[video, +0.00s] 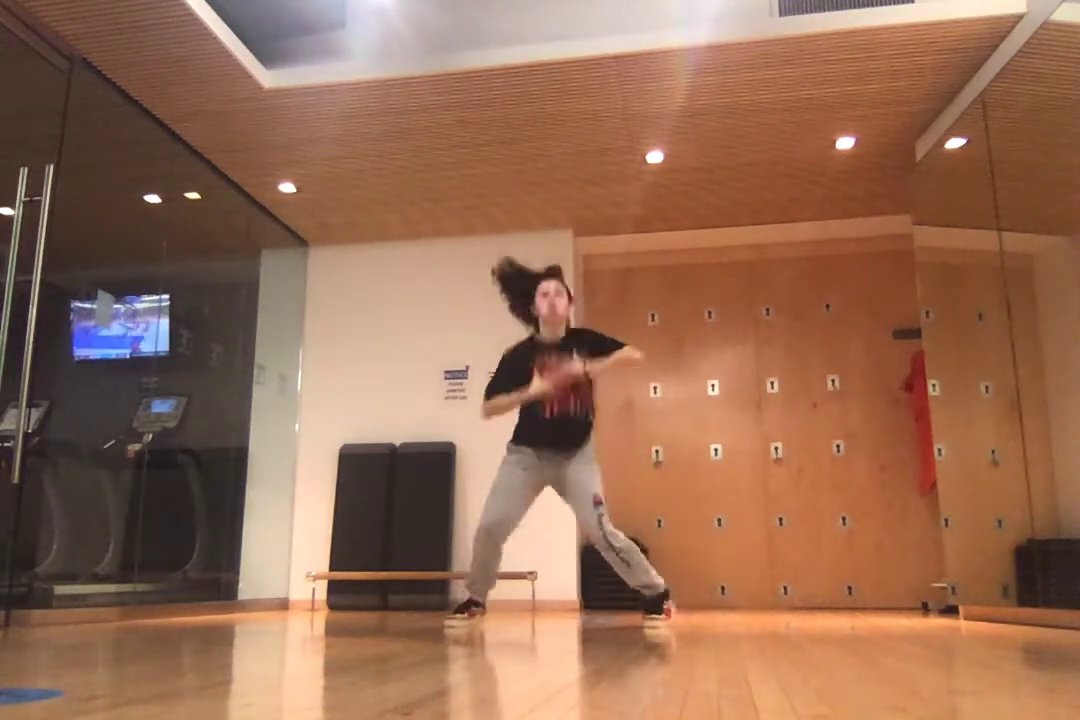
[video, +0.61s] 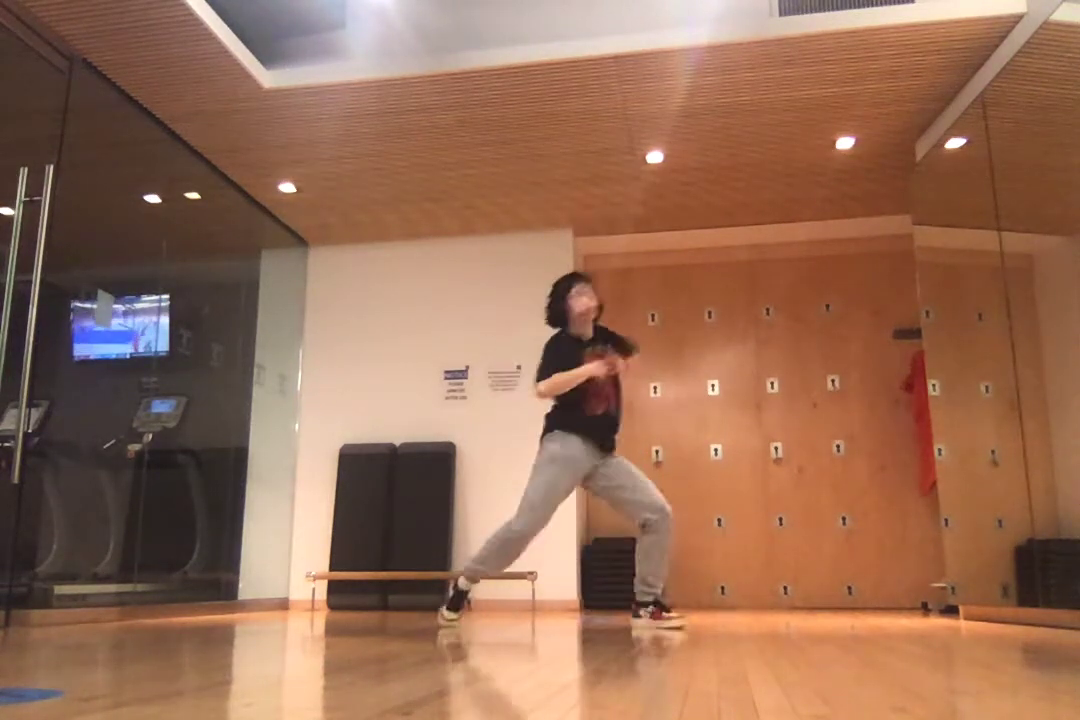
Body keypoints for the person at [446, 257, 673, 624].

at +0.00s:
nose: (553, 301)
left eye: (559, 294)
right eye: (545, 295)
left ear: (570, 305)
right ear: (532, 307)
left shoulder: (583, 342)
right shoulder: (521, 354)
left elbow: (634, 355)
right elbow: (489, 408)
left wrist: (587, 368)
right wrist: (531, 392)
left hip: (576, 455)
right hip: (526, 456)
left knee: (599, 531)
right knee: (490, 527)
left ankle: (656, 594)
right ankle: (475, 599)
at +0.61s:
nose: (585, 300)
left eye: (588, 293)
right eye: (576, 295)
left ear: (597, 301)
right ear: (563, 306)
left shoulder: (607, 340)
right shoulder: (560, 343)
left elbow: (632, 353)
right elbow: (544, 388)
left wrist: (620, 362)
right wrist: (588, 370)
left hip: (602, 452)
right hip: (566, 444)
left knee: (656, 514)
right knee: (526, 525)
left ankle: (647, 603)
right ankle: (463, 584)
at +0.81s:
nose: (607, 305)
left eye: (606, 298)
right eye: (603, 299)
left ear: (582, 300)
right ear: (590, 301)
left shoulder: (596, 339)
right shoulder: (572, 334)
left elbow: (573, 382)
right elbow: (555, 378)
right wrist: (603, 356)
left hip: (611, 446)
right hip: (574, 441)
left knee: (652, 514)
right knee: (537, 525)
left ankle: (650, 604)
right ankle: (474, 584)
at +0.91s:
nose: (609, 306)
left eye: (608, 299)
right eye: (604, 299)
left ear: (584, 300)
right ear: (587, 301)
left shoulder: (593, 337)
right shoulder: (562, 331)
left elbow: (589, 383)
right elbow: (541, 372)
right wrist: (589, 351)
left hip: (598, 450)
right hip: (562, 444)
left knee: (635, 513)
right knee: (539, 531)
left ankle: (648, 603)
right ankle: (474, 587)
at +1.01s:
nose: (600, 326)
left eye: (605, 320)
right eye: (600, 317)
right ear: (584, 307)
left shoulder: (580, 343)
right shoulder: (552, 328)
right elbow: (521, 343)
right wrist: (559, 312)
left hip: (553, 445)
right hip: (518, 438)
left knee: (593, 504)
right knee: (520, 529)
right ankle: (468, 590)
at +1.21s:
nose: (577, 341)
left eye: (581, 336)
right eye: (573, 333)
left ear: (581, 333)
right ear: (559, 322)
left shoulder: (561, 348)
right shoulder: (532, 333)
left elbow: (583, 319)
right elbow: (541, 286)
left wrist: (593, 288)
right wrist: (575, 266)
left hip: (519, 454)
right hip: (482, 446)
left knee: (548, 520)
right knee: (465, 530)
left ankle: (522, 603)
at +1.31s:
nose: (543, 288)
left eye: (543, 284)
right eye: (537, 283)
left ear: (536, 298)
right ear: (522, 293)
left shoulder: (541, 331)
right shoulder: (515, 325)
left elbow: (574, 314)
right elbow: (541, 279)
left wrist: (597, 285)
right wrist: (577, 257)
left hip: (513, 448)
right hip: (481, 438)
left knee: (539, 516)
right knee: (433, 517)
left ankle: (522, 602)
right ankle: (351, 578)